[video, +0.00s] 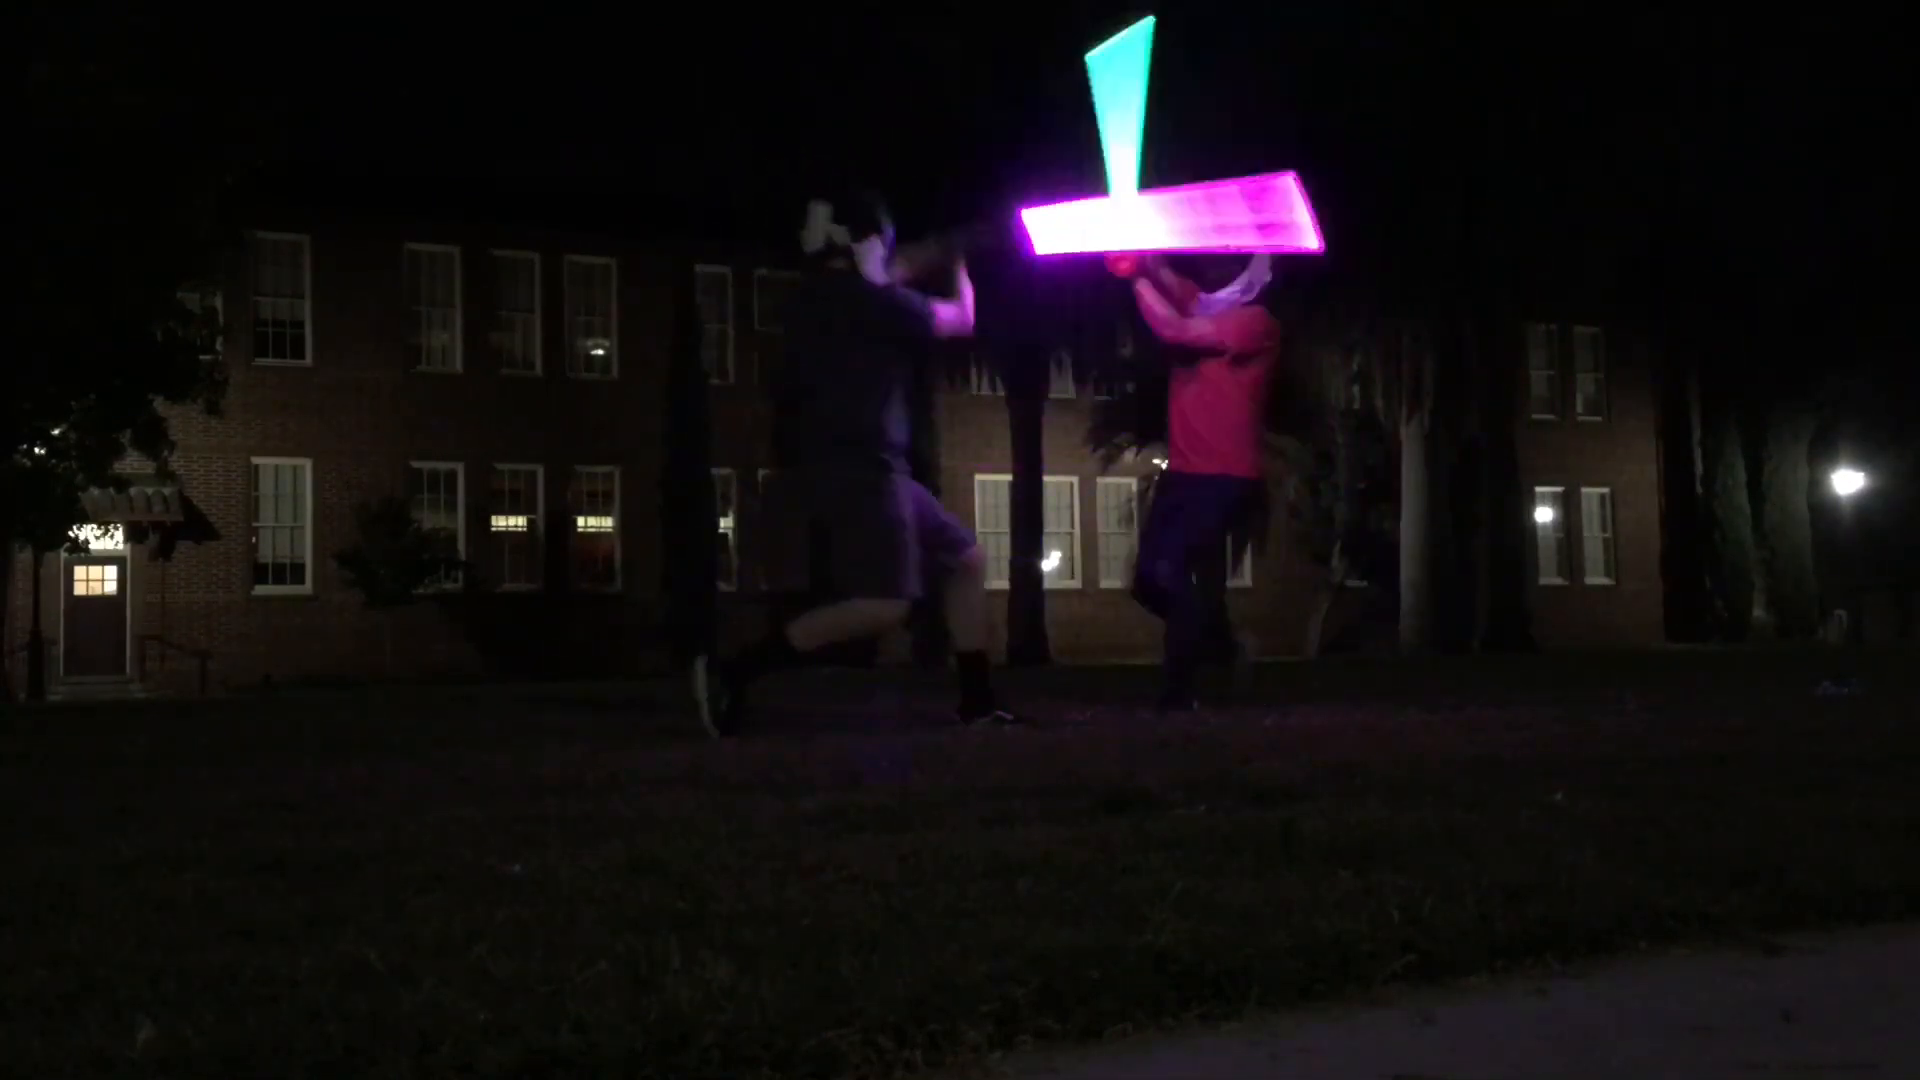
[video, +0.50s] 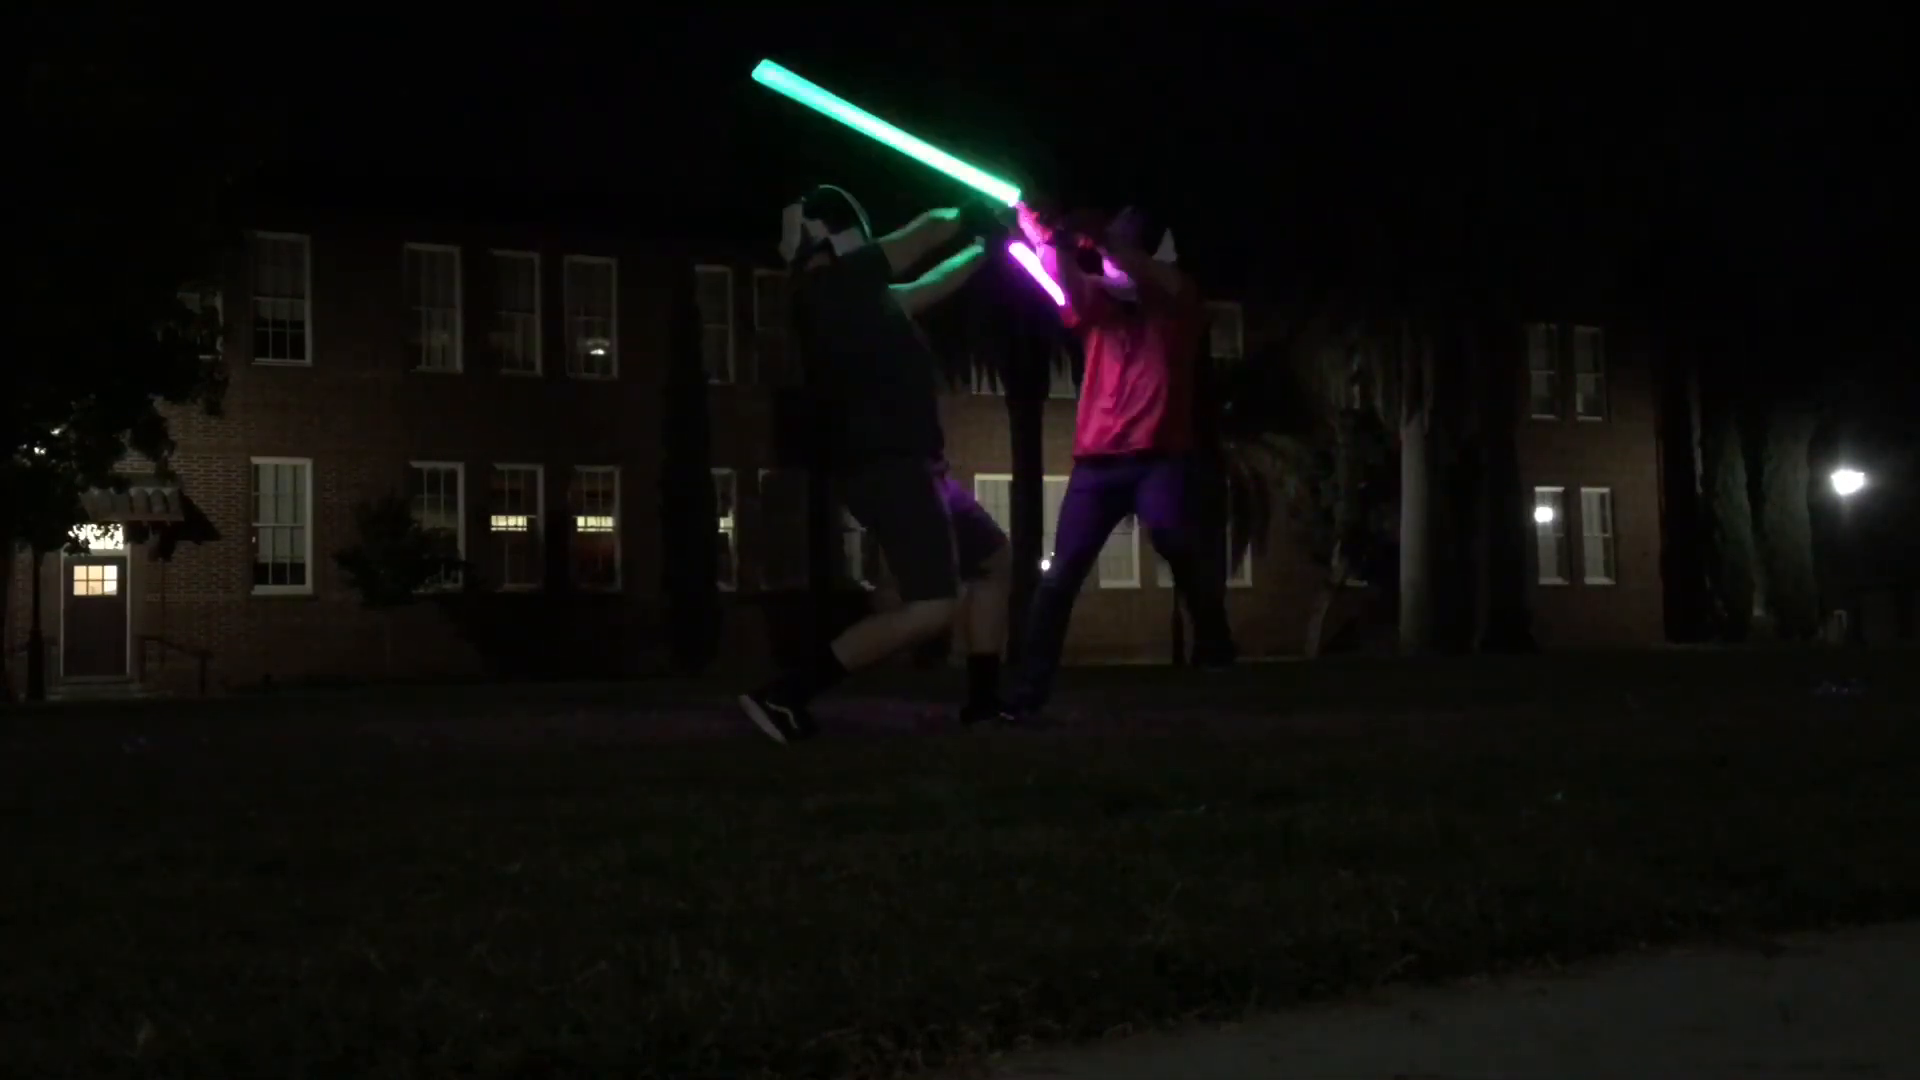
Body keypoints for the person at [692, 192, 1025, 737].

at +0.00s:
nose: (888, 254)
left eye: (886, 244)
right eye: (884, 244)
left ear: (835, 245)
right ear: (866, 245)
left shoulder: (820, 296)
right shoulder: (866, 299)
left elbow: (883, 281)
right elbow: (961, 317)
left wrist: (925, 258)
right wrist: (957, 261)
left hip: (860, 470)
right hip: (870, 473)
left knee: (963, 557)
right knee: (886, 599)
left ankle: (976, 698)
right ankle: (735, 672)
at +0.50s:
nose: (865, 240)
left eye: (858, 233)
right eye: (857, 233)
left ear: (818, 236)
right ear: (836, 232)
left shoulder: (861, 298)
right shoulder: (836, 282)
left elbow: (931, 285)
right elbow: (931, 226)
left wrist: (990, 243)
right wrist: (964, 217)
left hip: (915, 465)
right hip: (887, 467)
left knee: (992, 558)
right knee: (932, 606)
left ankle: (984, 702)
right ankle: (789, 693)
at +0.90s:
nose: (833, 191)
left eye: (820, 183)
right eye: (822, 184)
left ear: (785, 206)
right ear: (805, 195)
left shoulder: (831, 254)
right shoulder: (810, 237)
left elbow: (899, 250)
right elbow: (907, 178)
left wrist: (921, 181)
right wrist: (920, 145)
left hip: (880, 431)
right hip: (856, 433)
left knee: (946, 546)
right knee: (897, 583)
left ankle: (913, 697)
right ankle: (774, 702)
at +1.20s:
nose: (853, 155)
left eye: (852, 144)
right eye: (845, 145)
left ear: (780, 148)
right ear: (820, 147)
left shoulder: (770, 210)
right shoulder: (826, 205)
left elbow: (844, 224)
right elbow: (932, 233)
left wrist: (869, 176)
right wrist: (929, 195)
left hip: (808, 403)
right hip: (853, 402)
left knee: (879, 548)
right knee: (892, 550)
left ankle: (903, 703)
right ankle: (788, 700)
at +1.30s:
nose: (844, 151)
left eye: (843, 139)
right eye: (838, 139)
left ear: (770, 141)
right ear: (814, 140)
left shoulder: (748, 209)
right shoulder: (832, 208)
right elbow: (918, 273)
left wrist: (852, 214)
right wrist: (913, 242)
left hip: (785, 399)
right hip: (849, 400)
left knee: (853, 549)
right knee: (854, 551)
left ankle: (893, 698)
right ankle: (777, 707)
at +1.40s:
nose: (835, 140)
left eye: (833, 128)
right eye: (831, 128)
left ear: (757, 129)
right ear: (812, 128)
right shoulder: (828, 200)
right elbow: (894, 297)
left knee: (839, 540)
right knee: (832, 543)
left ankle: (865, 694)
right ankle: (776, 709)